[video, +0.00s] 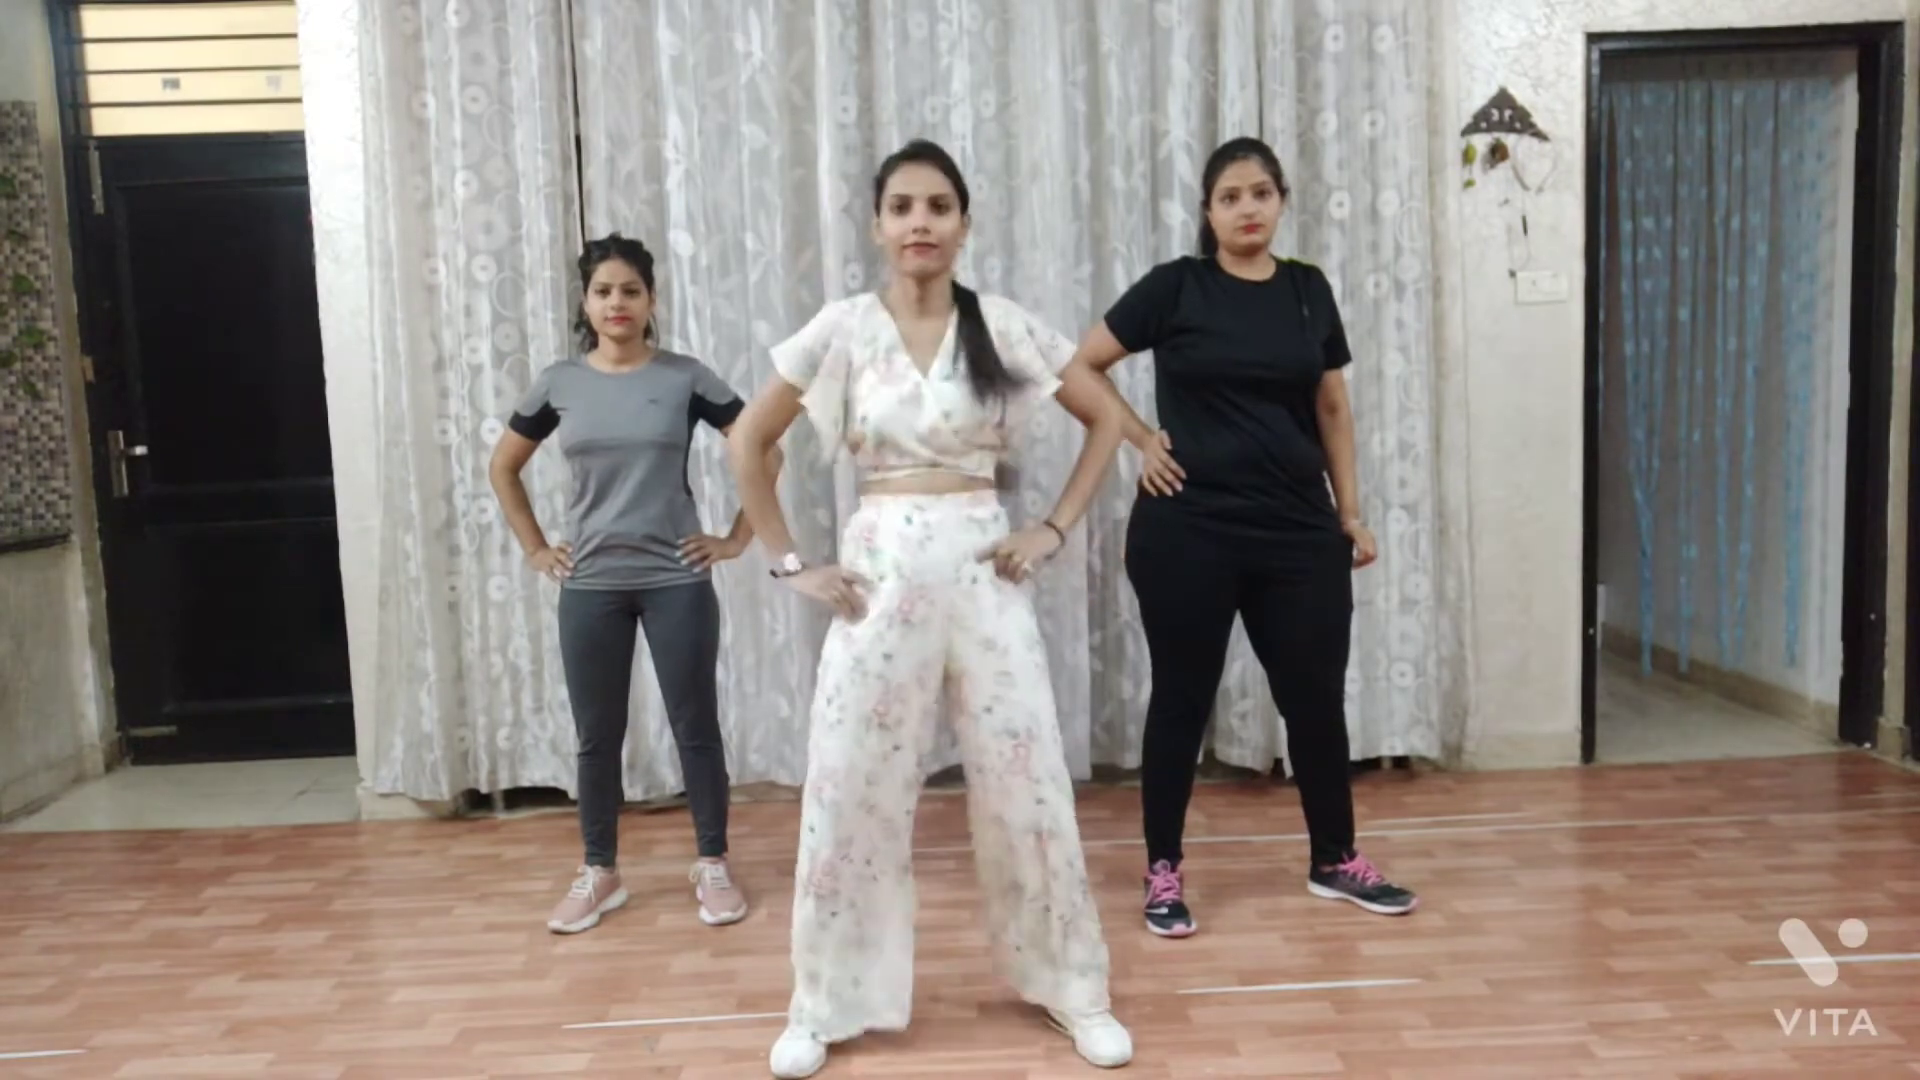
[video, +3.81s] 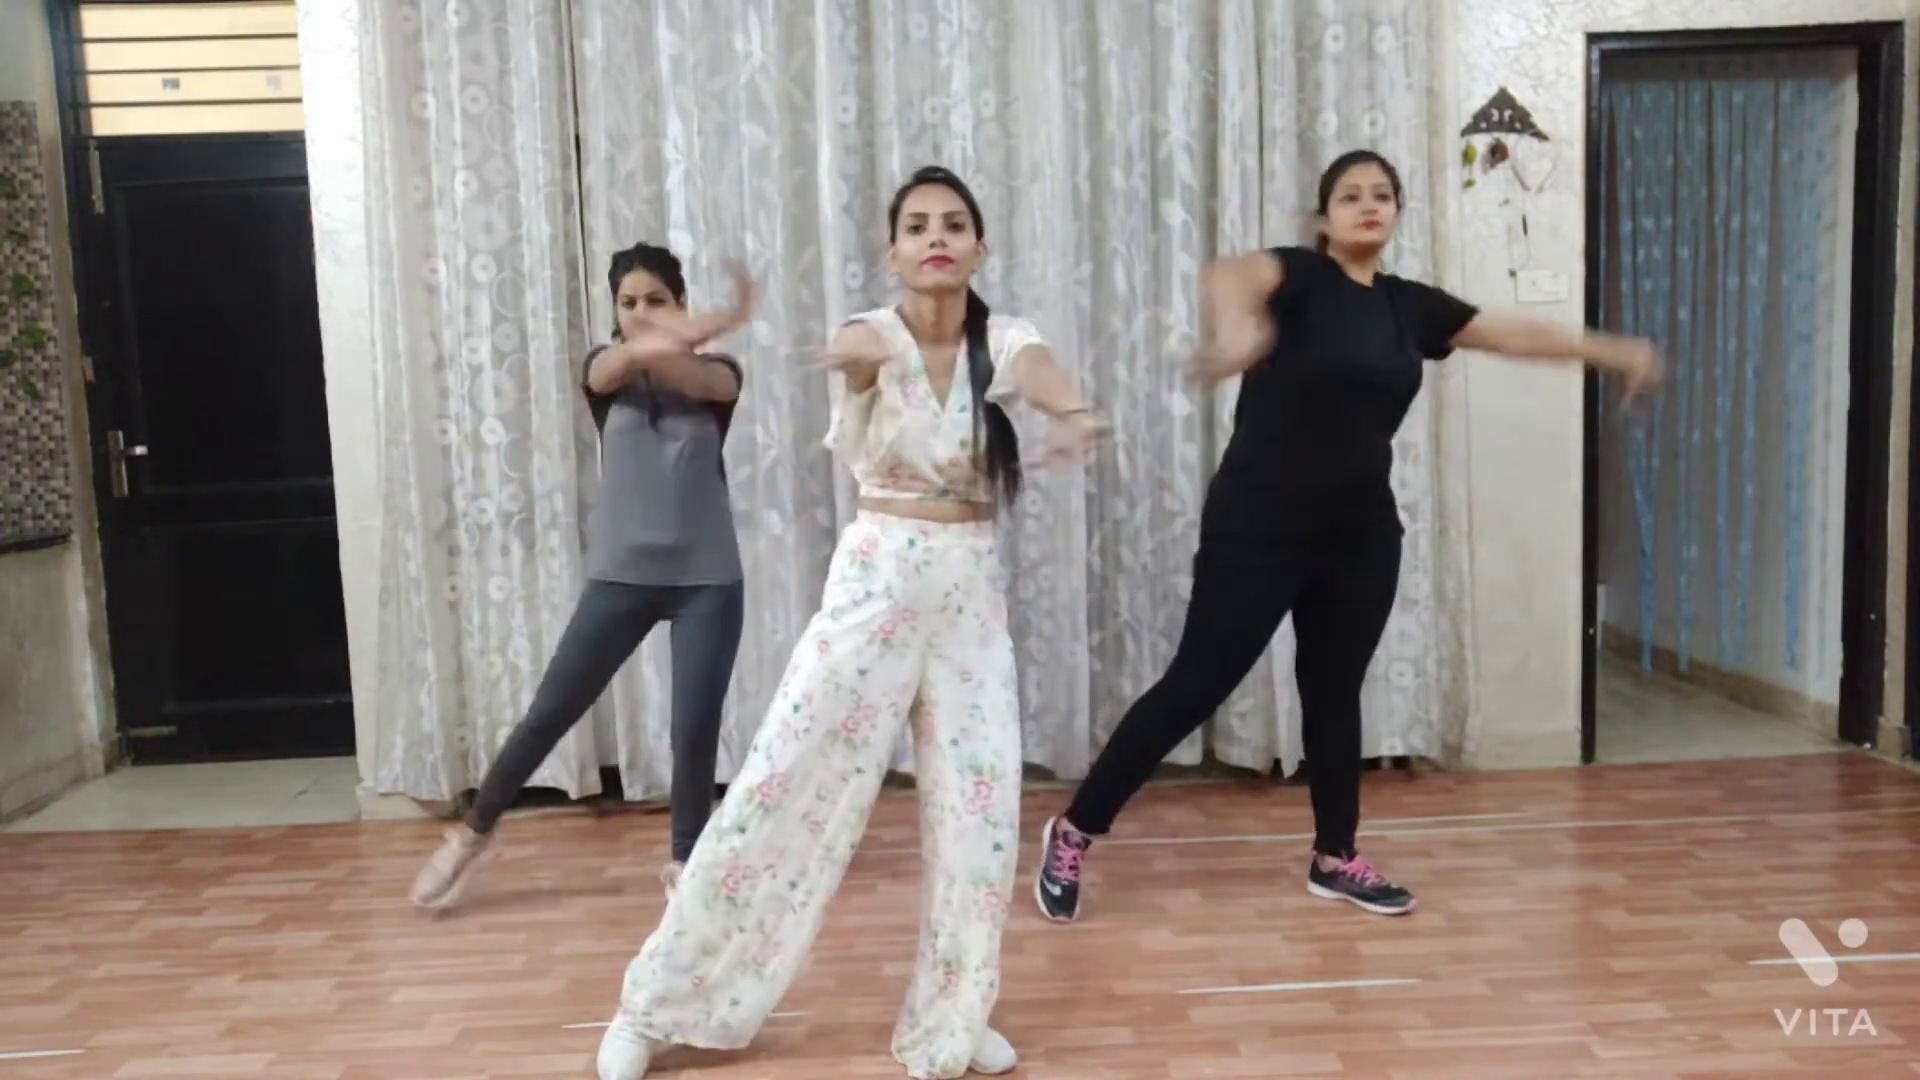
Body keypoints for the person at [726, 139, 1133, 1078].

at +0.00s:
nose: (919, 224)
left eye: (937, 207)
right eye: (902, 207)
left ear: (963, 222)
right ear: (877, 223)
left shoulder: (1002, 327)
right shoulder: (839, 330)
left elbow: (1112, 422)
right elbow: (746, 446)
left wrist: (1051, 528)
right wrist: (800, 566)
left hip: (987, 580)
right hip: (878, 585)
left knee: (1033, 784)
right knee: (840, 794)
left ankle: (1076, 990)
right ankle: (819, 1007)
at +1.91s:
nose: (927, 202)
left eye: (945, 187)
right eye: (910, 187)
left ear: (974, 206)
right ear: (886, 205)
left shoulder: (1007, 320)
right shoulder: (845, 322)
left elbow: (1093, 422)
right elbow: (764, 439)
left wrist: (1061, 526)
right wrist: (804, 553)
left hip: (989, 561)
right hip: (881, 566)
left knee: (1035, 776)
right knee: (844, 781)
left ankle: (1088, 997)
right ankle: (817, 1007)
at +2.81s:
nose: (916, 224)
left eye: (934, 209)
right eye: (899, 213)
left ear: (967, 228)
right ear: (877, 238)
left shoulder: (1007, 344)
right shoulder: (847, 347)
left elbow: (1053, 446)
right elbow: (763, 448)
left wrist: (1087, 523)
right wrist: (704, 520)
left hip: (971, 601)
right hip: (867, 593)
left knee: (990, 812)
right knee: (797, 791)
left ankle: (949, 1006)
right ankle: (775, 1007)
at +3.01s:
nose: (927, 230)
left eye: (944, 215)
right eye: (908, 219)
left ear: (975, 236)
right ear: (887, 244)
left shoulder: (1021, 342)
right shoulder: (856, 349)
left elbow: (1120, 424)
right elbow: (738, 428)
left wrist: (1198, 494)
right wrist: (632, 491)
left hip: (975, 608)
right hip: (879, 600)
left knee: (991, 822)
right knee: (785, 798)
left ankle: (926, 1003)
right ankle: (662, 1013)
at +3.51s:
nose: (926, 238)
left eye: (944, 224)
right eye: (907, 228)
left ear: (974, 250)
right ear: (885, 256)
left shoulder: (1009, 341)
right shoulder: (864, 348)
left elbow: (1131, 372)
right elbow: (772, 378)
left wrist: (1248, 404)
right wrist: (675, 408)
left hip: (972, 606)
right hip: (871, 599)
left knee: (983, 823)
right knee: (768, 797)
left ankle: (948, 1030)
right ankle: (646, 1014)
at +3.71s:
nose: (933, 240)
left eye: (950, 227)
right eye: (916, 228)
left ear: (979, 247)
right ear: (891, 250)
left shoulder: (1005, 343)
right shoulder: (866, 341)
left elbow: (1072, 373)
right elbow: (812, 357)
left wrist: (1141, 405)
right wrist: (754, 380)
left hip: (971, 605)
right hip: (872, 596)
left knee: (986, 822)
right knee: (769, 789)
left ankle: (949, 1024)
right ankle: (646, 1010)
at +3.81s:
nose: (938, 241)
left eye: (954, 227)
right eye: (919, 228)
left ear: (980, 245)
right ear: (894, 247)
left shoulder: (1006, 338)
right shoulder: (871, 333)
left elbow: (1040, 375)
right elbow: (858, 349)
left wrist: (1068, 412)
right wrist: (861, 357)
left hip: (967, 597)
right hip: (874, 590)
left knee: (983, 813)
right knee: (772, 785)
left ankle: (951, 1023)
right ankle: (648, 1007)